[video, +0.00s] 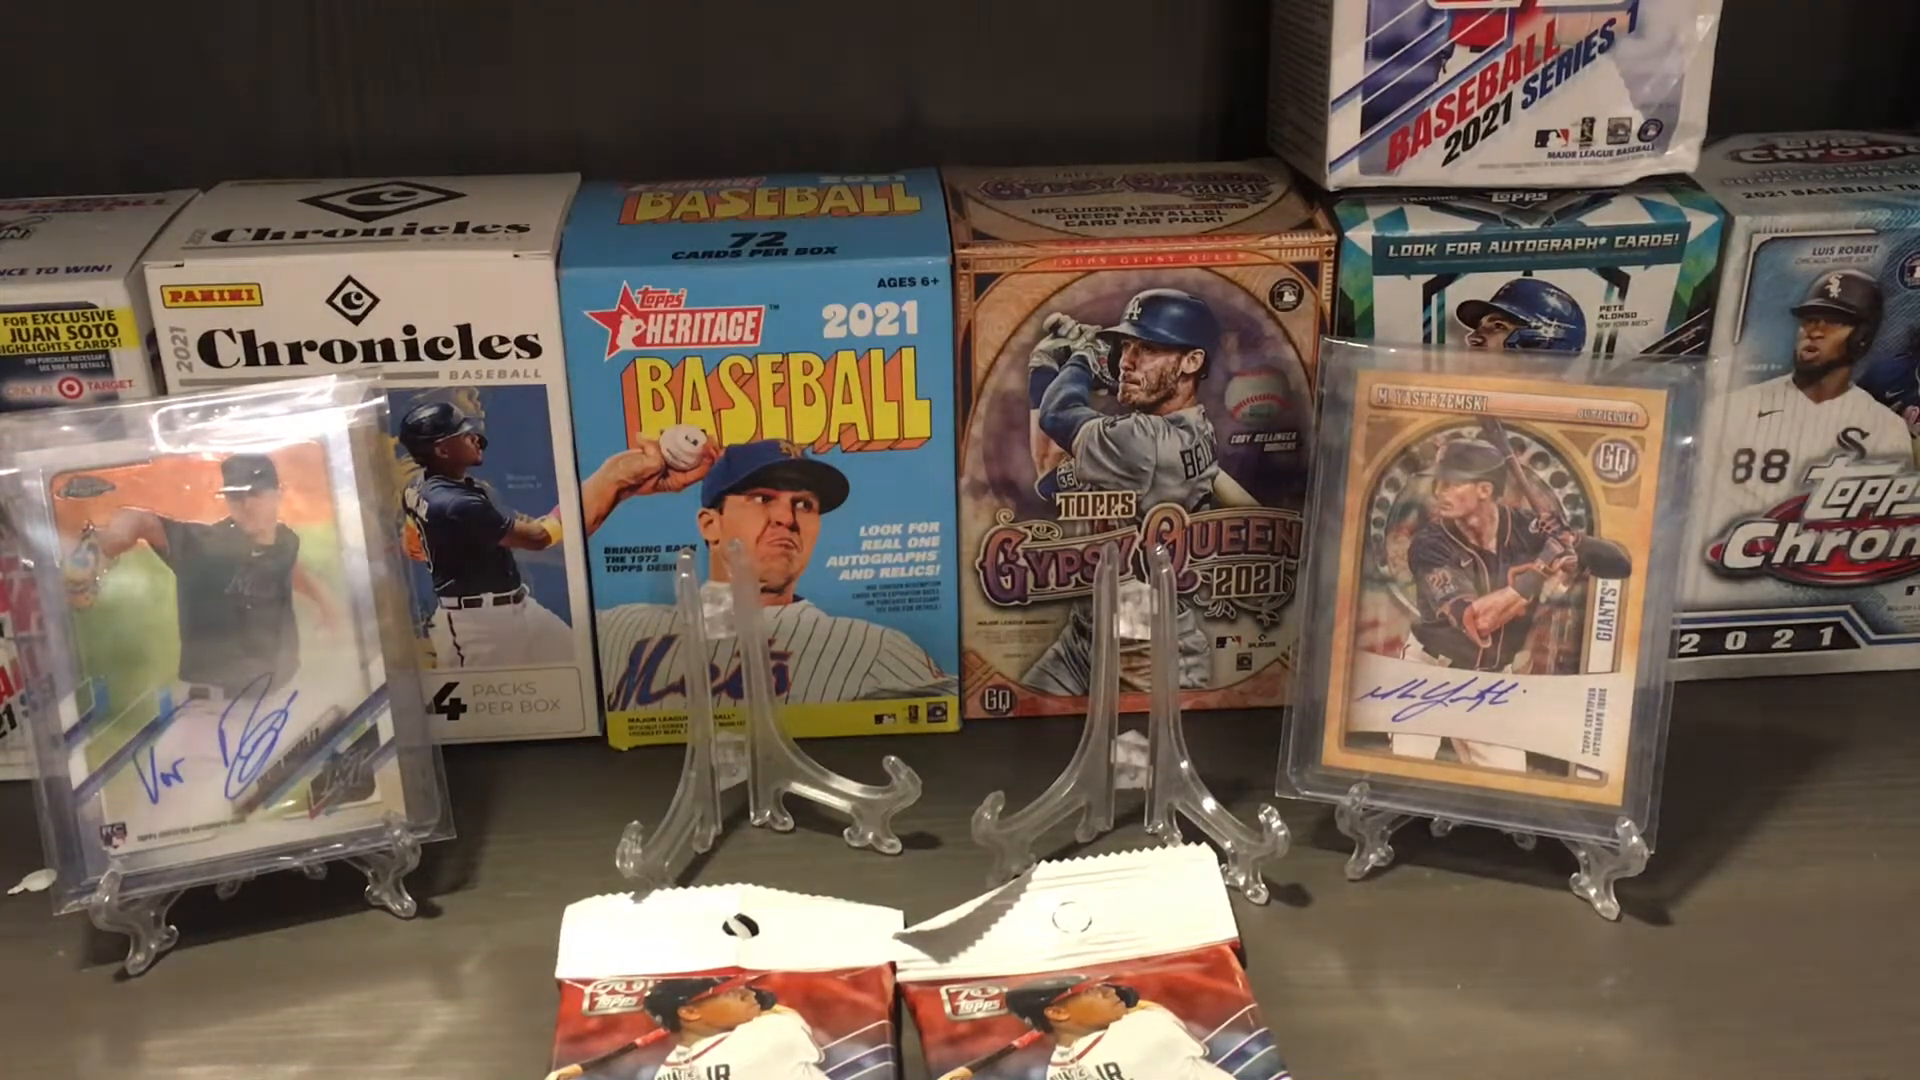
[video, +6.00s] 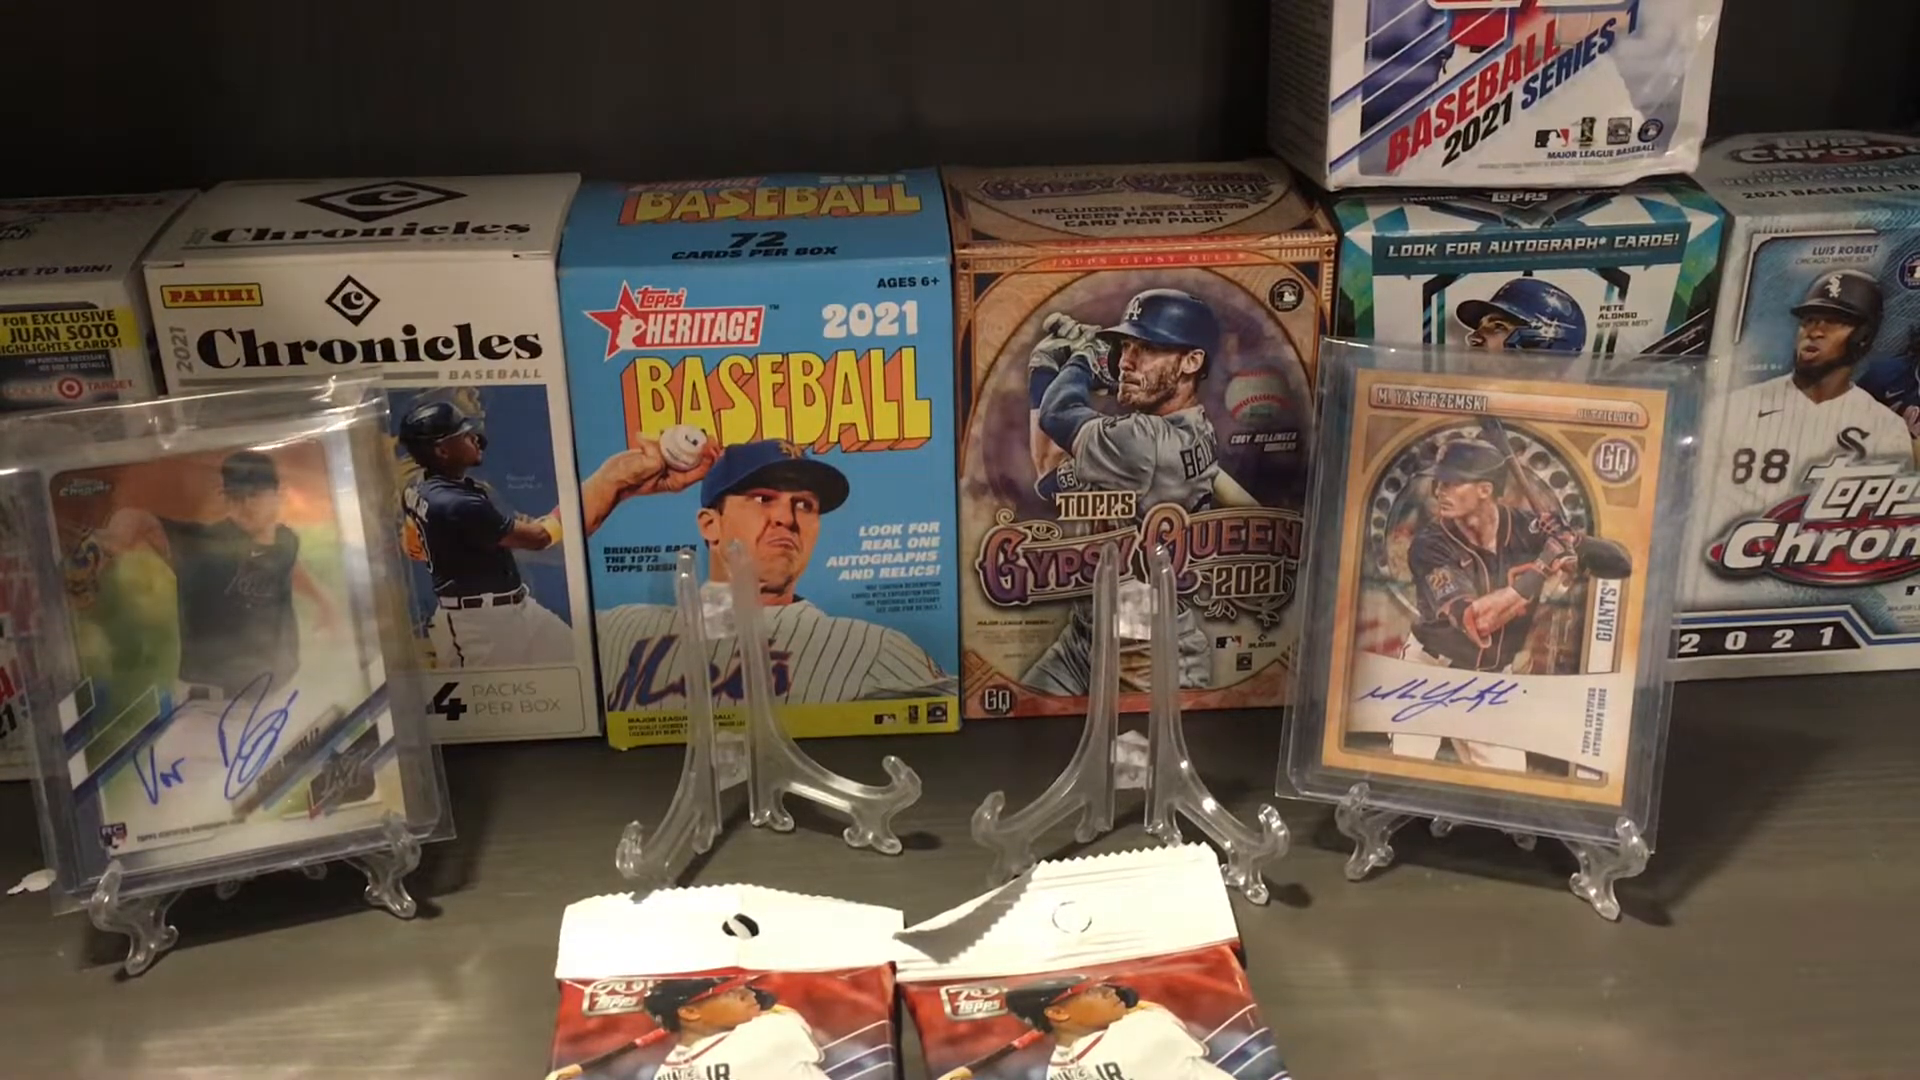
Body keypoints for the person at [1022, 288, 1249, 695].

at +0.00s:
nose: (1127, 362)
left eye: (1148, 350)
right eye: (1127, 348)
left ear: (1190, 363)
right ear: (1120, 349)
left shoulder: (1140, 440)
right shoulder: (1188, 432)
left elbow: (1059, 410)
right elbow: (1047, 479)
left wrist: (1085, 359)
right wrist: (1042, 369)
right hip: (1091, 641)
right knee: (1012, 735)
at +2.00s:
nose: (1127, 361)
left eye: (1145, 349)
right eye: (1126, 347)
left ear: (1191, 363)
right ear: (1118, 349)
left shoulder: (1143, 442)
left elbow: (1060, 411)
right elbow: (1049, 476)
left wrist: (1083, 362)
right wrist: (1043, 366)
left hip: (1159, 650)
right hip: (1087, 642)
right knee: (1011, 738)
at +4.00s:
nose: (1127, 362)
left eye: (1147, 350)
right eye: (1127, 347)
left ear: (1190, 363)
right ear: (1121, 348)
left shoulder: (1139, 440)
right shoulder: (1189, 431)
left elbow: (1060, 410)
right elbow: (1048, 477)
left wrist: (1085, 362)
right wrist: (1041, 372)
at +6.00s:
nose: (1127, 362)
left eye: (1147, 350)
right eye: (1126, 347)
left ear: (1190, 363)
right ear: (1121, 348)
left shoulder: (1139, 441)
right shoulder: (1190, 431)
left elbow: (1059, 409)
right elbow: (1048, 475)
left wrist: (1087, 360)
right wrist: (1042, 373)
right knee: (1011, 736)